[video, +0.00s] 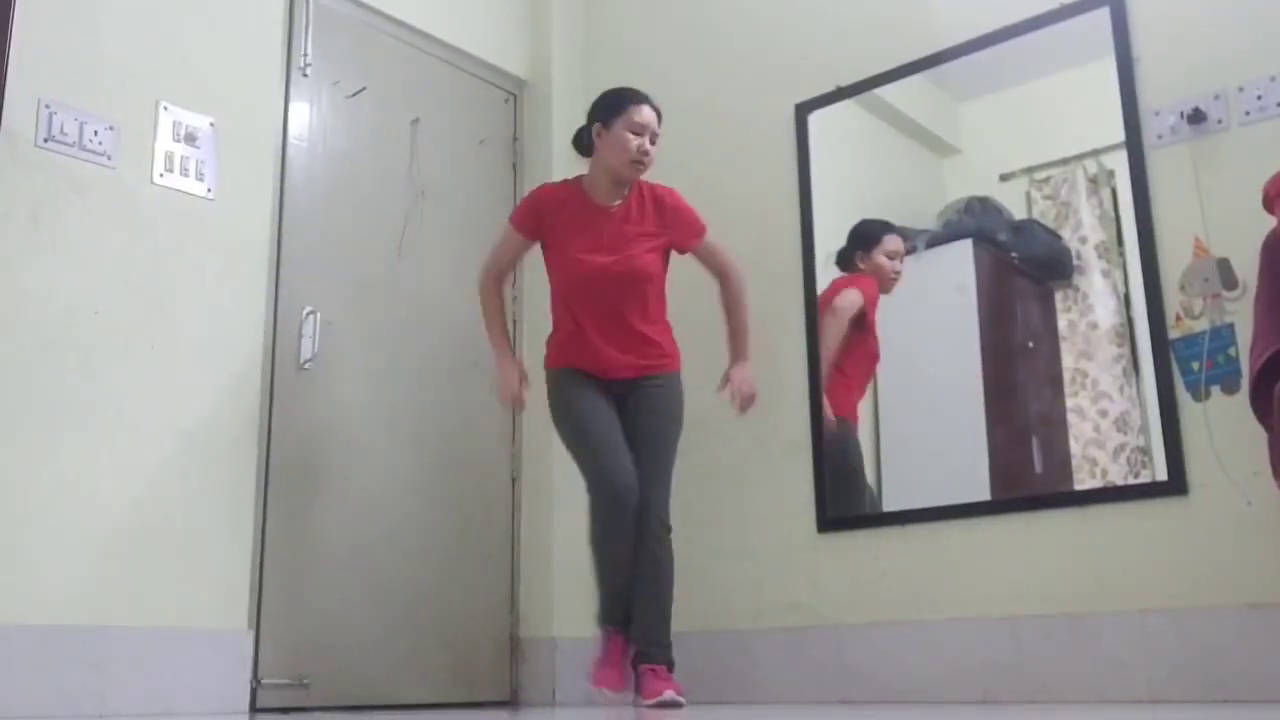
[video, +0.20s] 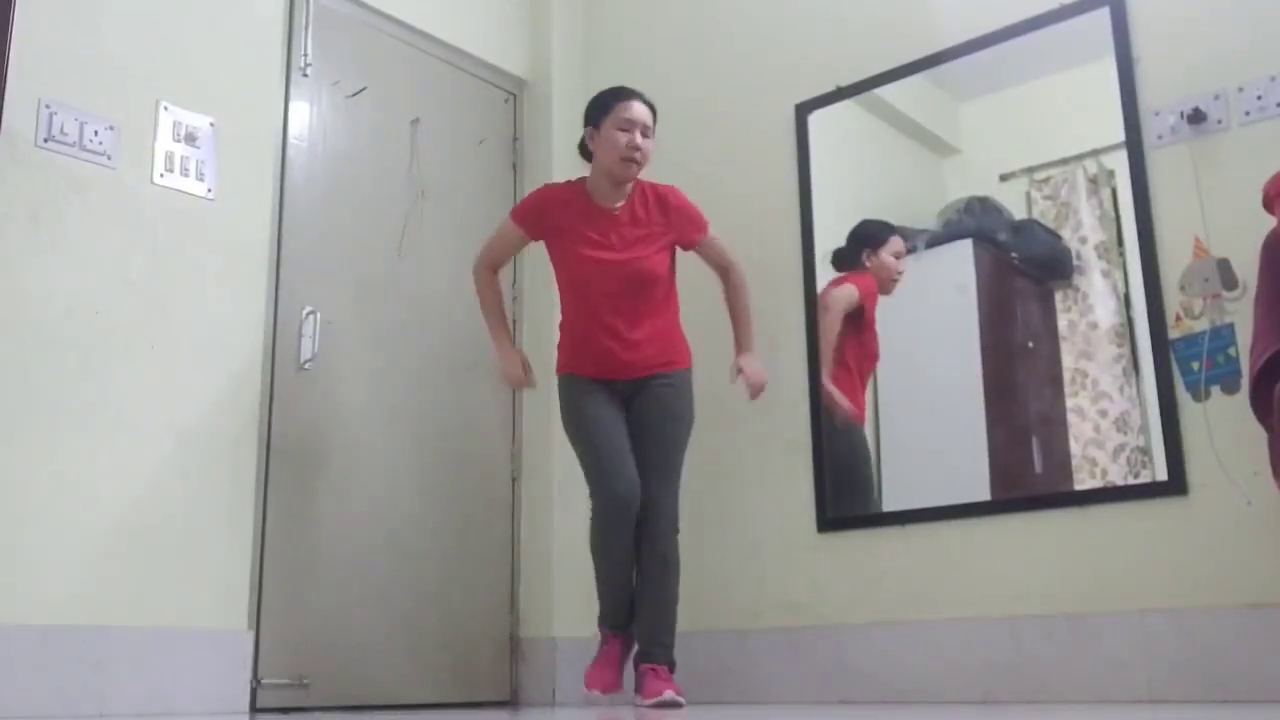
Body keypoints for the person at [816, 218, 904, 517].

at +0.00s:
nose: (899, 267)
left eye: (901, 259)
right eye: (890, 257)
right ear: (860, 259)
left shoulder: (836, 288)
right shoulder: (864, 283)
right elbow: (840, 307)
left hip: (828, 420)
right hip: (836, 422)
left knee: (864, 512)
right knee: (856, 517)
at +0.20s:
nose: (901, 268)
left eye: (902, 258)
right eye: (895, 256)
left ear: (869, 259)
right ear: (869, 257)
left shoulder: (838, 286)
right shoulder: (863, 282)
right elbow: (831, 301)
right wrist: (826, 380)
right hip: (841, 418)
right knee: (860, 513)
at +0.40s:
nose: (894, 270)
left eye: (893, 260)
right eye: (890, 259)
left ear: (865, 261)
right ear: (869, 260)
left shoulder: (826, 295)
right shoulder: (856, 294)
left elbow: (830, 394)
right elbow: (862, 370)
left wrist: (882, 414)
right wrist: (901, 415)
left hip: (817, 425)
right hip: (835, 427)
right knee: (867, 520)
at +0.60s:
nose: (885, 267)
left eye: (884, 257)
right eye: (882, 256)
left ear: (838, 258)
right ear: (864, 257)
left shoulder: (821, 291)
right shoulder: (854, 291)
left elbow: (850, 377)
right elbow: (890, 367)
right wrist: (926, 339)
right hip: (823, 426)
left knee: (830, 523)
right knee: (843, 523)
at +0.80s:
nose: (868, 287)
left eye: (867, 277)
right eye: (865, 277)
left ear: (826, 278)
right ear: (848, 279)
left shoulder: (816, 309)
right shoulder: (831, 311)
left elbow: (833, 396)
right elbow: (853, 390)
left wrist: (899, 401)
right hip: (802, 446)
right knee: (829, 528)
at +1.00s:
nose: (859, 302)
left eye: (859, 293)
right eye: (857, 292)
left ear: (840, 291)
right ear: (841, 290)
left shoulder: (816, 328)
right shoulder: (818, 331)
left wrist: (823, 497)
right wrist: (824, 499)